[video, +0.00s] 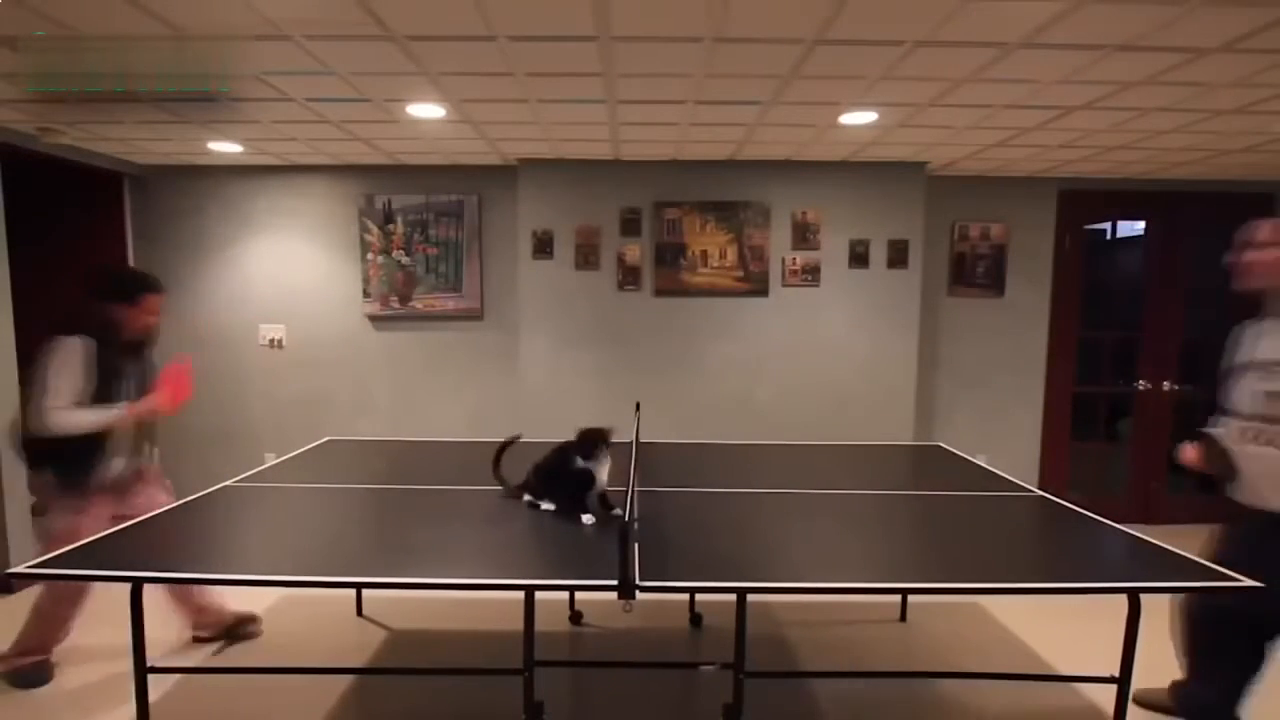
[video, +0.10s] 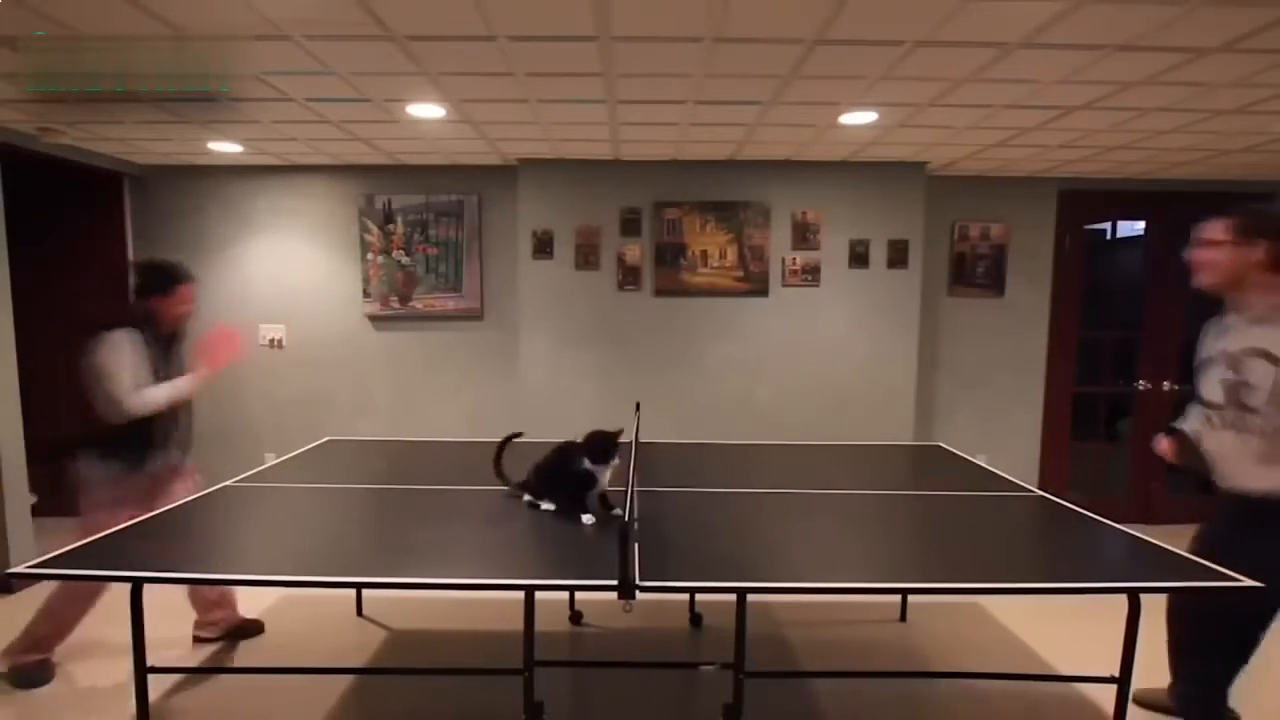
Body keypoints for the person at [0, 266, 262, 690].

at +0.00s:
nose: (154, 322)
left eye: (157, 313)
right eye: (147, 312)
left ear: (149, 313)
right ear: (118, 309)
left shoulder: (139, 357)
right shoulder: (72, 350)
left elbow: (130, 415)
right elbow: (49, 420)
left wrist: (160, 400)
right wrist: (132, 410)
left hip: (126, 480)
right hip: (73, 488)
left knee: (167, 539)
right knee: (72, 572)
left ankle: (208, 617)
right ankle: (27, 654)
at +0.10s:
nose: (188, 310)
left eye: (190, 302)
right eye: (181, 301)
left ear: (175, 303)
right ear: (153, 301)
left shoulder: (171, 347)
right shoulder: (118, 345)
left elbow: (166, 405)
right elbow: (125, 404)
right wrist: (196, 376)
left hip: (164, 469)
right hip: (113, 474)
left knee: (198, 532)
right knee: (98, 562)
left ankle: (217, 617)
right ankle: (29, 651)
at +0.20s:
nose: (224, 304)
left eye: (225, 294)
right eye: (218, 293)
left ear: (206, 294)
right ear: (194, 291)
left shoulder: (199, 335)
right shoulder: (158, 331)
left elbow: (189, 406)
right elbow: (197, 377)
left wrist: (197, 461)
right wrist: (256, 356)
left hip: (182, 459)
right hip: (137, 458)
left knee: (206, 533)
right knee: (124, 554)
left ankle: (217, 617)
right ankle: (40, 643)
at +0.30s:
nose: (250, 306)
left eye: (253, 299)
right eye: (245, 297)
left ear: (231, 297)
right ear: (217, 291)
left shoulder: (216, 334)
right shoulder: (178, 326)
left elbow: (197, 403)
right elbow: (213, 382)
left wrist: (199, 457)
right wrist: (275, 365)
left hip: (185, 450)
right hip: (144, 448)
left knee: (205, 533)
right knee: (151, 548)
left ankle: (215, 618)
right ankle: (60, 622)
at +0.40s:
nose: (258, 311)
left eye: (260, 304)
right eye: (254, 303)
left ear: (231, 300)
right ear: (226, 296)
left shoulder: (220, 337)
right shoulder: (183, 327)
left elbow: (203, 398)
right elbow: (195, 392)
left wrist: (199, 452)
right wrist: (262, 385)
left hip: (184, 447)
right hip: (145, 447)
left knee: (208, 527)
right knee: (178, 533)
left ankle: (216, 616)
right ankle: (80, 601)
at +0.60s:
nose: (234, 311)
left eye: (236, 302)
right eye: (228, 301)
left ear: (205, 299)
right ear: (199, 296)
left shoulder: (201, 335)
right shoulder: (159, 333)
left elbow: (203, 399)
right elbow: (140, 406)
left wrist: (231, 411)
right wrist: (213, 416)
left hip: (180, 452)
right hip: (136, 457)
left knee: (207, 528)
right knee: (164, 550)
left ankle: (217, 618)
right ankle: (97, 662)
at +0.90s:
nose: (170, 304)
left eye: (172, 295)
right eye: (164, 294)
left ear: (142, 295)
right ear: (133, 292)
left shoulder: (134, 338)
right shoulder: (86, 333)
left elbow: (126, 412)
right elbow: (64, 409)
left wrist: (134, 467)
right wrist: (146, 420)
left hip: (104, 466)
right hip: (62, 468)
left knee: (113, 555)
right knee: (92, 560)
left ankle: (56, 646)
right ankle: (95, 661)